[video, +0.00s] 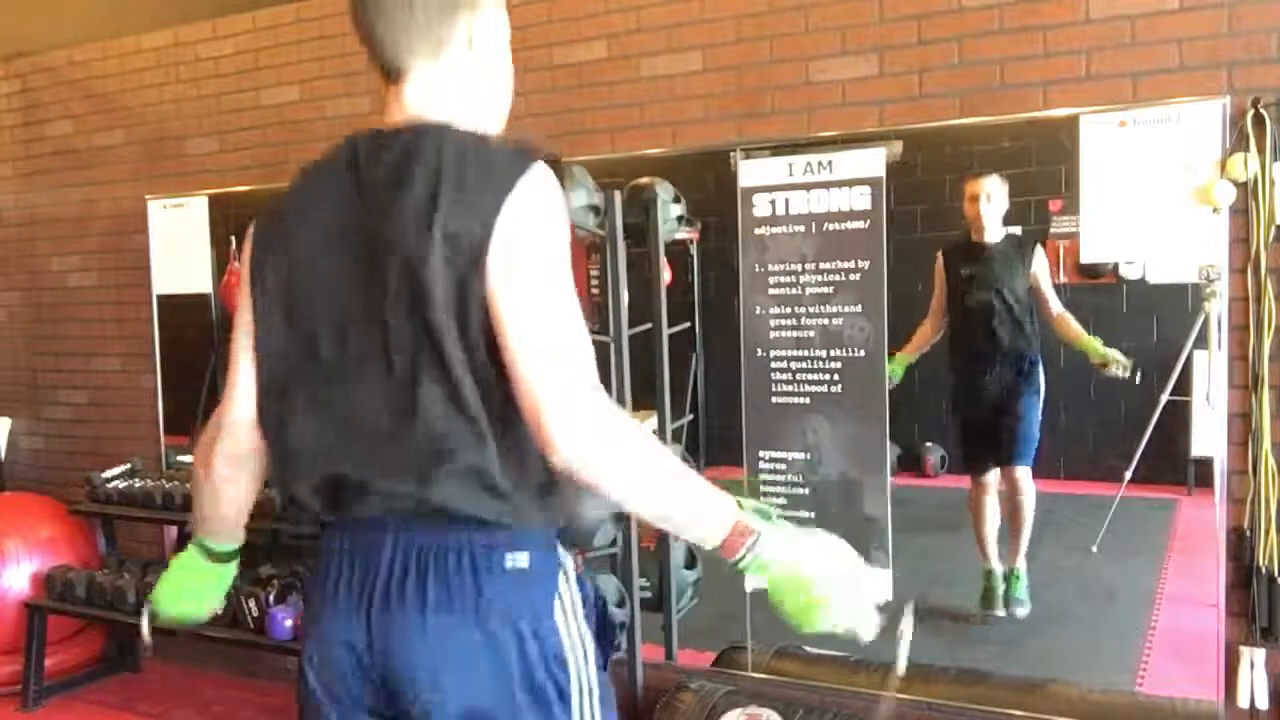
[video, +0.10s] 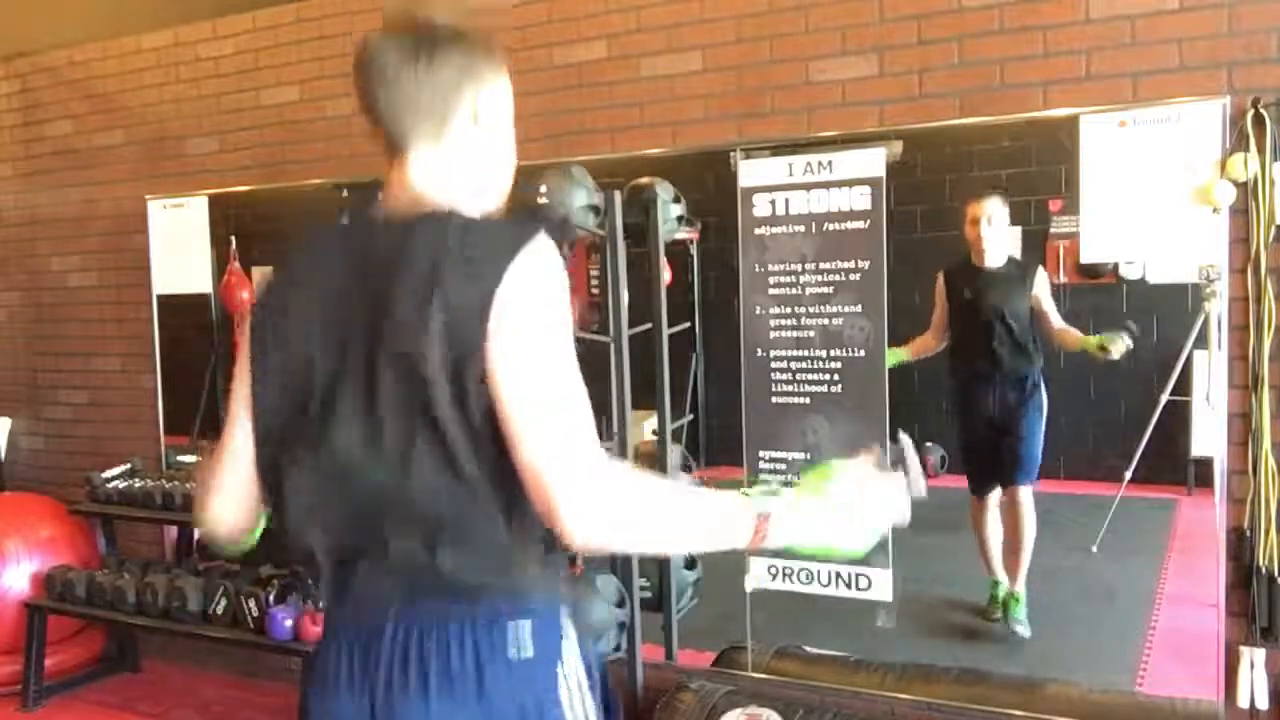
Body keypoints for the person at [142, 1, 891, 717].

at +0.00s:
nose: (511, 69)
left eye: (504, 45)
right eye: (503, 45)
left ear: (383, 58)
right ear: (479, 44)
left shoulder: (280, 223)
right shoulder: (508, 184)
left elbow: (236, 433)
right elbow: (574, 430)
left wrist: (212, 550)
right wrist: (755, 541)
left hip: (340, 583)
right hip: (492, 585)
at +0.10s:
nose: (514, 142)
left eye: (508, 116)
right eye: (508, 115)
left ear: (382, 128)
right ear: (482, 118)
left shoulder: (295, 280)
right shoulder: (507, 257)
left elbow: (224, 514)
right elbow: (583, 505)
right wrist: (777, 516)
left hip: (354, 642)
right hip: (501, 644)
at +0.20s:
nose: (523, 154)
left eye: (516, 128)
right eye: (518, 127)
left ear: (386, 135)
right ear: (495, 128)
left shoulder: (293, 298)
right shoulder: (517, 277)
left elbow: (218, 504)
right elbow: (605, 515)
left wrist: (335, 438)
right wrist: (789, 500)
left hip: (349, 677)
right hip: (502, 676)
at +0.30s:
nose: (535, 75)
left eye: (531, 49)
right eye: (529, 48)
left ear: (402, 57)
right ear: (506, 49)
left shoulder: (305, 225)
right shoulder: (530, 195)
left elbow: (239, 440)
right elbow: (598, 446)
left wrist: (232, 529)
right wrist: (775, 534)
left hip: (356, 597)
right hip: (506, 599)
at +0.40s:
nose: (544, 78)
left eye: (541, 52)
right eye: (539, 52)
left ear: (414, 54)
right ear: (512, 47)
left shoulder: (310, 219)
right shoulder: (541, 186)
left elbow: (260, 434)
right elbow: (603, 435)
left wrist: (237, 534)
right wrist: (779, 555)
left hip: (364, 584)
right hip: (517, 590)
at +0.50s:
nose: (557, 137)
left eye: (549, 115)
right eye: (551, 114)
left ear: (417, 127)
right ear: (525, 117)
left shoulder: (325, 279)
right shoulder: (556, 267)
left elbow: (261, 506)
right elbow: (627, 506)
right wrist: (829, 529)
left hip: (381, 644)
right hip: (533, 647)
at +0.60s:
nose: (562, 155)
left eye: (556, 135)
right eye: (557, 134)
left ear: (428, 145)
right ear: (535, 140)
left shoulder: (333, 309)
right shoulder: (572, 293)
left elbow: (261, 511)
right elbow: (669, 523)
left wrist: (359, 429)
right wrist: (857, 503)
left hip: (372, 678)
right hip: (531, 683)